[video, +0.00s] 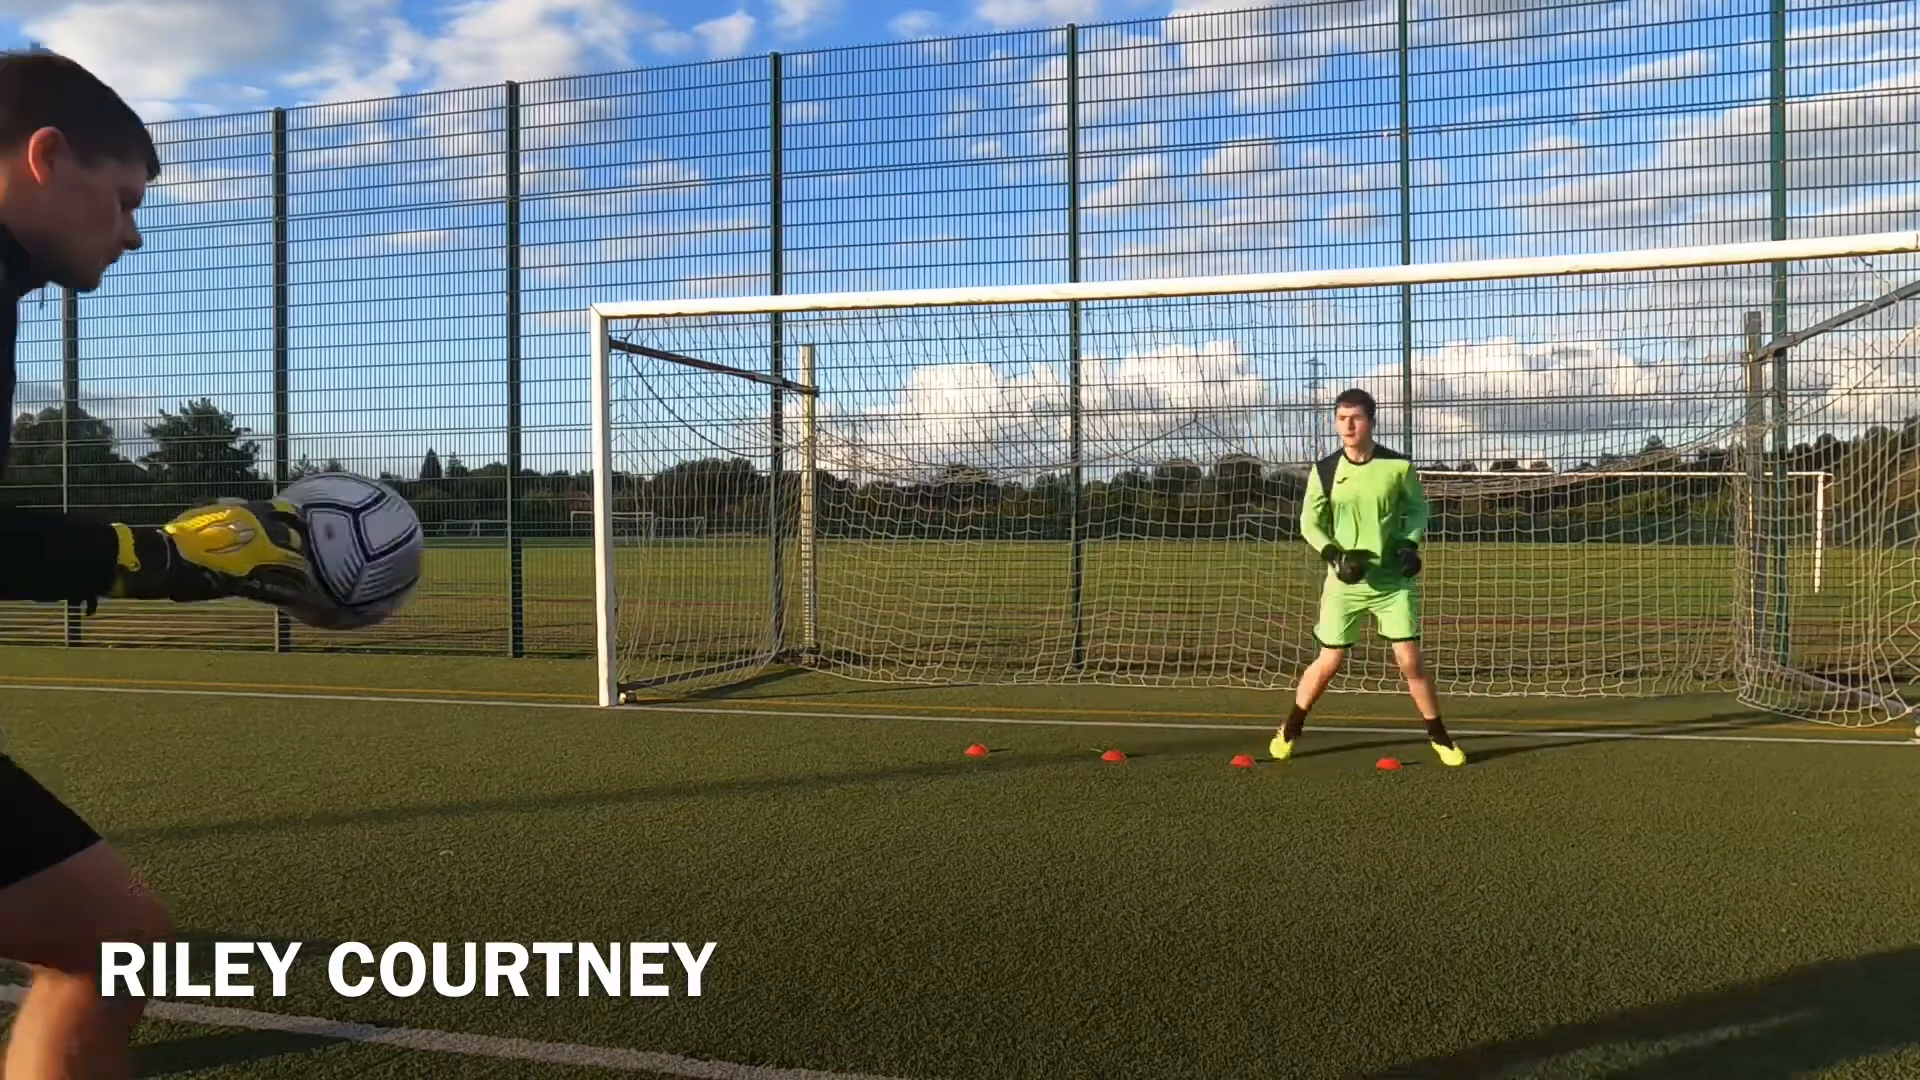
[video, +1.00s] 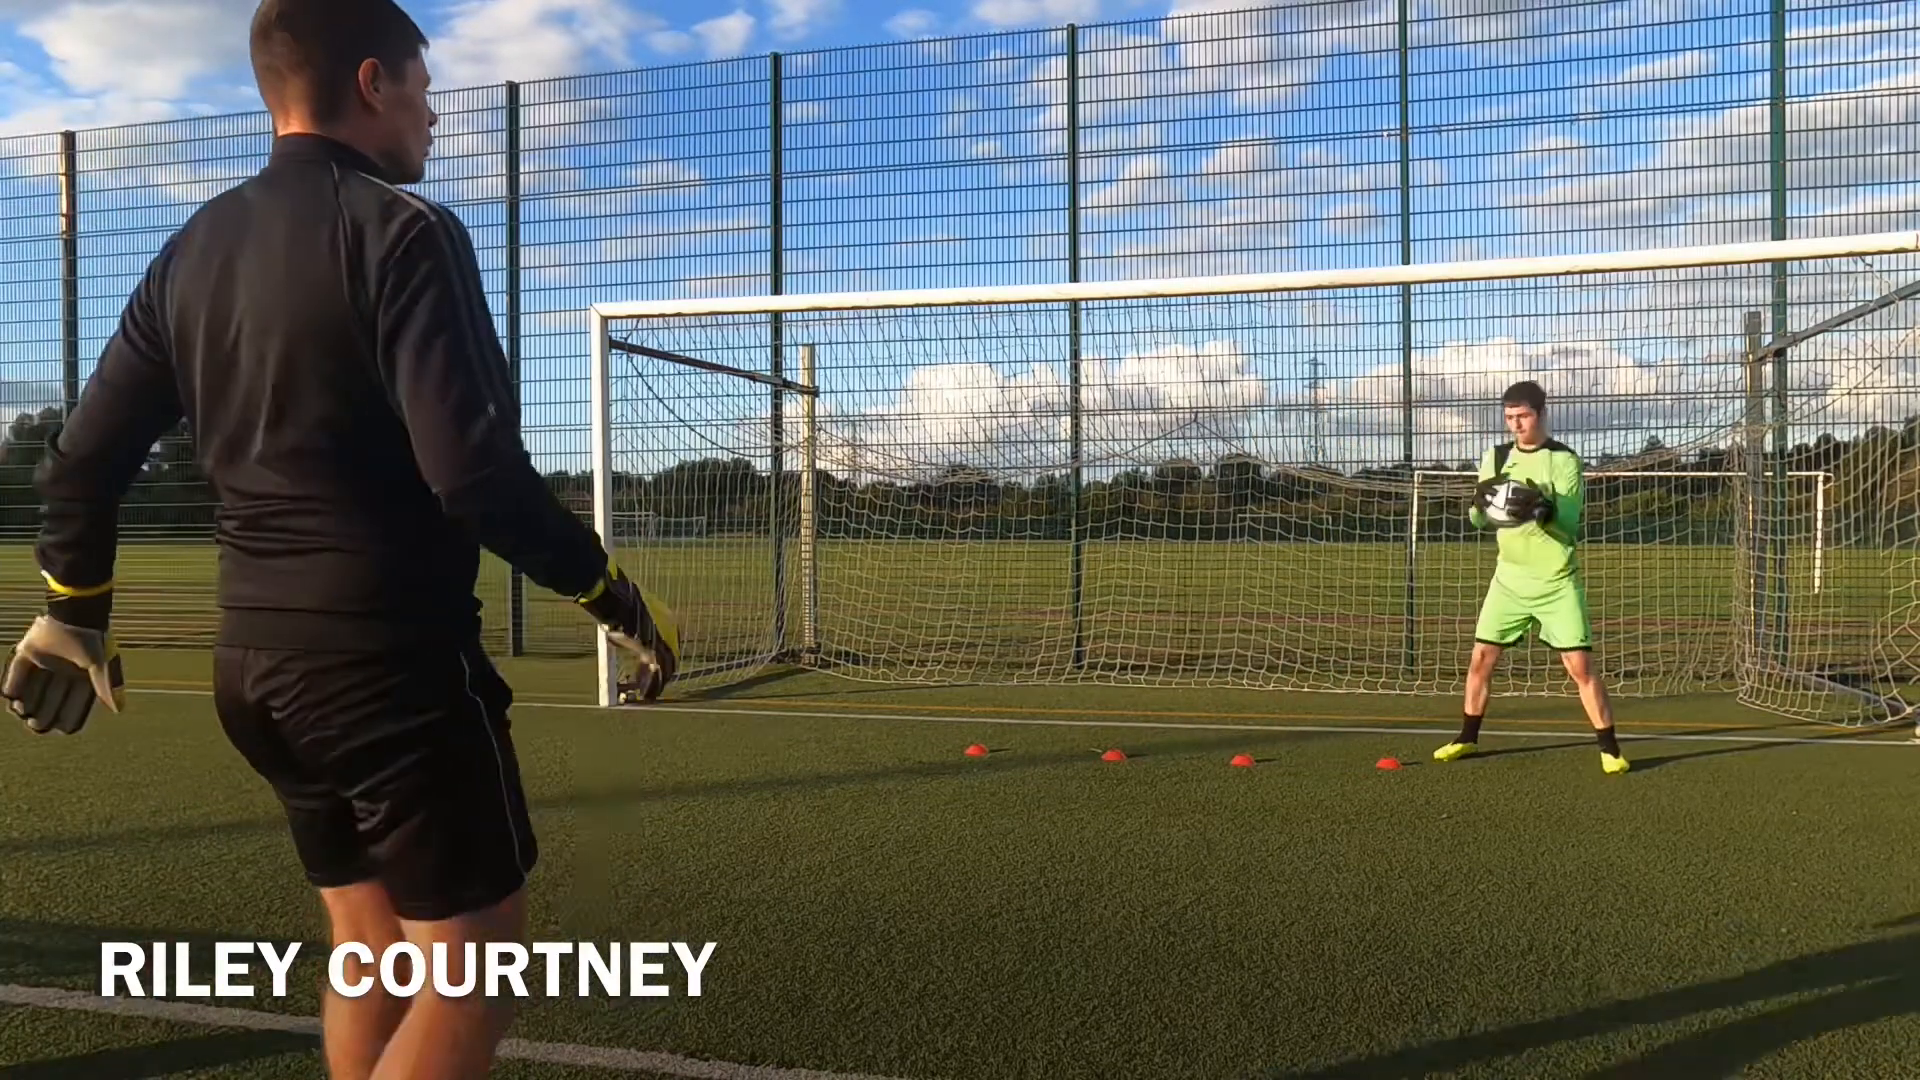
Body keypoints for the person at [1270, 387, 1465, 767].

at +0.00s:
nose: (1348, 426)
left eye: (1356, 418)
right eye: (1342, 419)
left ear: (1372, 421)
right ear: (1335, 424)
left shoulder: (1400, 467)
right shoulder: (1323, 471)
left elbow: (1417, 512)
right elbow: (1309, 523)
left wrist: (1410, 544)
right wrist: (1334, 556)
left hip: (1394, 583)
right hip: (1343, 584)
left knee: (1411, 663)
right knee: (1330, 662)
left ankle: (1440, 737)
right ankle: (1289, 731)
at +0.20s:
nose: (1413, 414)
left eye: (1421, 406)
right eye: (1407, 407)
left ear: (1435, 409)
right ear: (1399, 411)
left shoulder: (1464, 455)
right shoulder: (1385, 457)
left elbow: (1491, 499)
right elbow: (1376, 502)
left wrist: (1483, 534)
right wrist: (1391, 535)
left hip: (1466, 566)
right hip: (1416, 571)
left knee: (1499, 644)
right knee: (1412, 657)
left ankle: (1520, 721)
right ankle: (1434, 714)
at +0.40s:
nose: (1467, 441)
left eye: (1475, 434)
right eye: (1461, 435)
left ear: (1491, 438)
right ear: (1455, 440)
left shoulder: (1518, 483)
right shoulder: (1447, 490)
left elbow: (1543, 535)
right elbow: (1447, 541)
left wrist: (1534, 557)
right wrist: (1444, 562)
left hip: (1528, 597)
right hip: (1479, 601)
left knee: (1568, 676)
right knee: (1462, 680)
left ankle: (1609, 749)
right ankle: (1464, 736)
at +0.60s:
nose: (1505, 420)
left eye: (1513, 413)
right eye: (1499, 414)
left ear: (1528, 419)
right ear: (1490, 420)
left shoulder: (1547, 464)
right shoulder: (1477, 467)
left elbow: (1554, 524)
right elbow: (1453, 513)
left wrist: (1540, 496)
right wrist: (1459, 482)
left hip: (1548, 586)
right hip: (1497, 589)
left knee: (1578, 669)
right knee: (1478, 671)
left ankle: (1609, 747)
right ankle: (1465, 739)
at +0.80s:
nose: (1535, 416)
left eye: (1544, 409)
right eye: (1529, 409)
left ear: (1556, 411)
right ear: (1518, 411)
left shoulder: (1563, 462)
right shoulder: (1505, 454)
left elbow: (1571, 503)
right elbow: (1486, 455)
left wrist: (1571, 452)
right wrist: (1526, 437)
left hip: (1548, 583)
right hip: (1497, 582)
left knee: (1578, 665)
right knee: (1477, 665)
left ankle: (1609, 748)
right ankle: (1462, 738)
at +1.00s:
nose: (1516, 423)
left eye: (1523, 415)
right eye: (1510, 417)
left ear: (1541, 414)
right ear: (1505, 420)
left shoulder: (1564, 461)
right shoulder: (1496, 458)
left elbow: (1572, 528)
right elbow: (1478, 521)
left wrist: (1543, 511)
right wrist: (1483, 504)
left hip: (1557, 583)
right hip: (1508, 581)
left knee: (1580, 666)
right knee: (1481, 657)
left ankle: (1609, 749)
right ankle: (1468, 738)